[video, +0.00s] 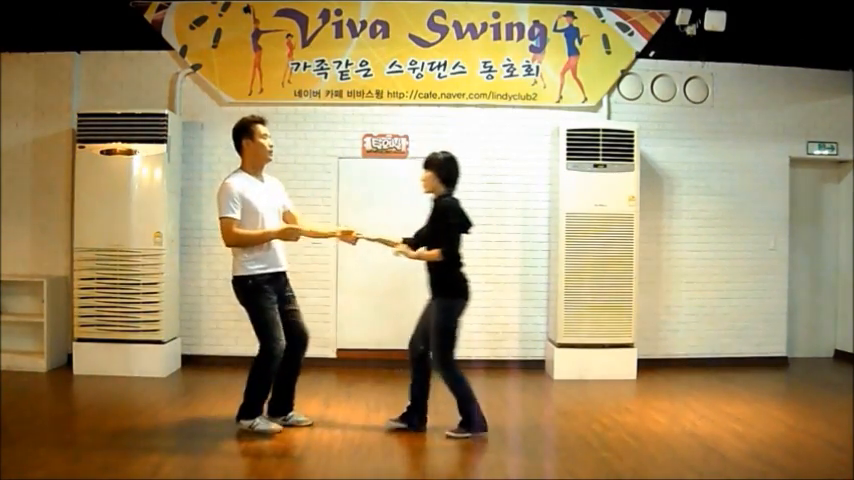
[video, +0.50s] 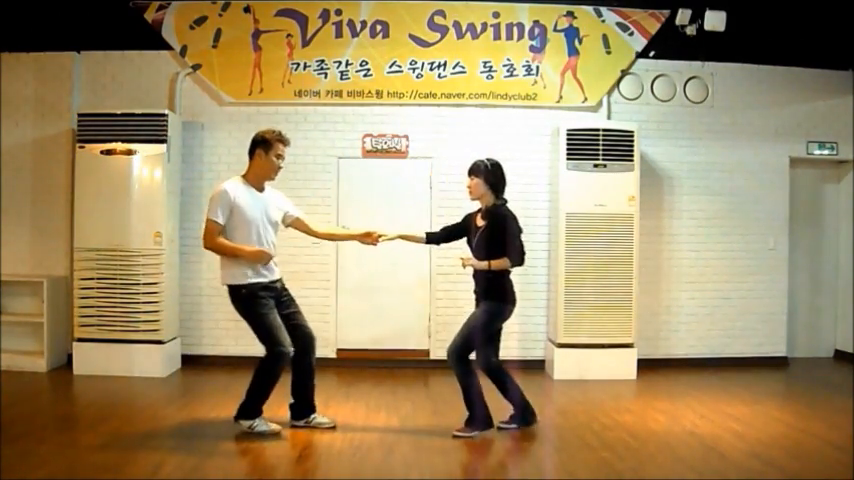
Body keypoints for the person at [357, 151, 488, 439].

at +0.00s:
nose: (422, 177)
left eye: (427, 172)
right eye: (424, 171)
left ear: (441, 176)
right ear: (439, 177)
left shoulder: (448, 207)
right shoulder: (440, 206)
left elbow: (447, 253)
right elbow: (417, 243)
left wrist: (414, 255)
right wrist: (374, 239)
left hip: (450, 295)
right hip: (441, 295)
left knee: (442, 360)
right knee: (417, 349)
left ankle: (474, 422)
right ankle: (415, 416)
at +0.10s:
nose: (437, 177)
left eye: (442, 171)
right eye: (439, 171)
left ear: (456, 177)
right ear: (454, 178)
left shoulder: (466, 210)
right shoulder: (454, 211)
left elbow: (469, 254)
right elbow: (421, 237)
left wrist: (436, 257)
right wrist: (383, 228)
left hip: (469, 296)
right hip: (457, 295)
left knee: (453, 357)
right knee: (428, 345)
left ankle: (474, 424)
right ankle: (449, 409)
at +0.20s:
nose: (451, 176)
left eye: (456, 170)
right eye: (452, 170)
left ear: (470, 175)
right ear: (465, 176)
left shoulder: (483, 209)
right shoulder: (462, 211)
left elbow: (490, 252)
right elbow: (427, 228)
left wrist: (456, 257)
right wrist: (391, 220)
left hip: (482, 294)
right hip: (468, 294)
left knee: (459, 355)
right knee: (448, 349)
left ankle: (474, 423)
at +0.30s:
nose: (462, 179)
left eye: (466, 173)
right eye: (462, 173)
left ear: (482, 176)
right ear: (474, 177)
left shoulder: (496, 209)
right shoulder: (470, 212)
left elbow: (509, 251)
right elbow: (435, 228)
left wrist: (471, 256)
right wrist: (397, 224)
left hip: (491, 295)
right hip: (478, 294)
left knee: (459, 353)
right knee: (476, 356)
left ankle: (475, 422)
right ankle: (518, 406)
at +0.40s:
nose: (467, 182)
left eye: (472, 177)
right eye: (468, 177)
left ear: (488, 181)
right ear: (480, 182)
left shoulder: (505, 216)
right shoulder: (474, 218)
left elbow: (515, 257)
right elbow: (439, 236)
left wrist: (481, 263)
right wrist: (400, 236)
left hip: (498, 300)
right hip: (487, 299)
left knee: (454, 348)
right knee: (489, 362)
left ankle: (473, 417)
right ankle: (524, 412)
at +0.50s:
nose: (468, 183)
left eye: (473, 178)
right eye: (469, 178)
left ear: (488, 182)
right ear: (479, 183)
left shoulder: (505, 217)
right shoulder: (473, 219)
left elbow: (516, 259)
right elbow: (437, 237)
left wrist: (480, 264)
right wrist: (397, 235)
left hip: (499, 301)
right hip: (485, 301)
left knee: (457, 353)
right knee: (488, 362)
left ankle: (479, 419)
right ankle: (524, 412)